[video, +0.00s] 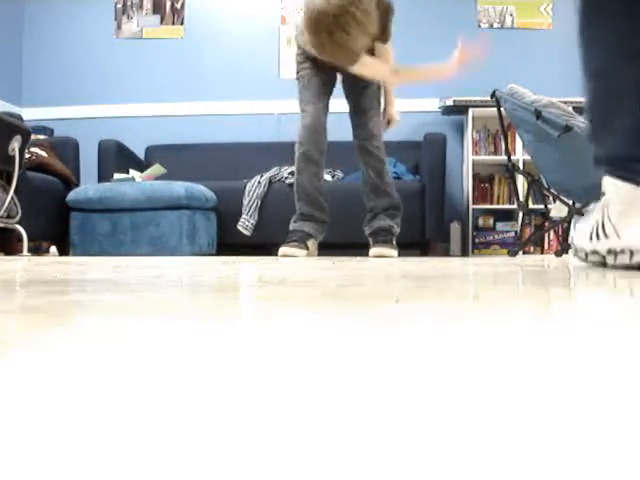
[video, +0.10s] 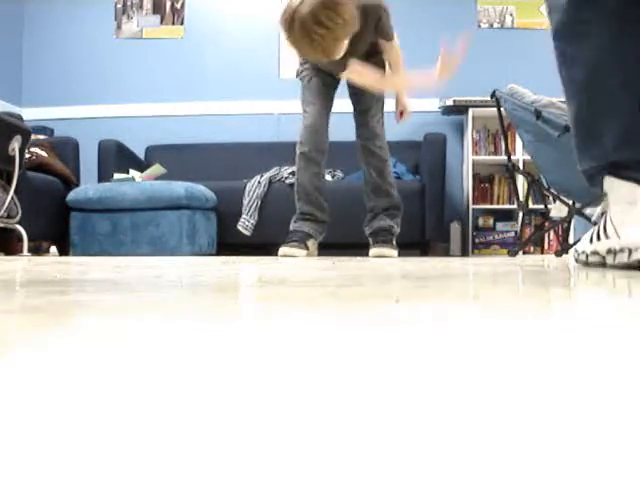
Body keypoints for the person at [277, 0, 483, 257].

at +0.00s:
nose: (344, 49)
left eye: (348, 46)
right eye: (333, 47)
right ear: (323, 42)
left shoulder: (381, 9)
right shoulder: (318, 37)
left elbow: (384, 51)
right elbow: (386, 74)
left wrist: (389, 103)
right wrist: (446, 70)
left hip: (362, 53)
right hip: (316, 51)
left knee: (370, 138)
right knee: (310, 131)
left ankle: (382, 233)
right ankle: (305, 232)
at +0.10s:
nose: (332, 55)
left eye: (334, 49)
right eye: (324, 54)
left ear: (345, 29)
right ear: (303, 46)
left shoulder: (372, 10)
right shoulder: (303, 39)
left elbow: (390, 47)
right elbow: (358, 73)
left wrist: (401, 94)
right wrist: (433, 77)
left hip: (369, 56)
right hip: (320, 62)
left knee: (372, 138)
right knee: (311, 134)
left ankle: (383, 232)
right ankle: (305, 230)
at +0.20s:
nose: (308, 73)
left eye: (313, 67)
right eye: (303, 70)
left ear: (328, 44)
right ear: (289, 49)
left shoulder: (361, 21)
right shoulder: (293, 40)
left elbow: (398, 41)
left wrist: (408, 88)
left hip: (367, 56)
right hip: (319, 67)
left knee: (374, 136)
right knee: (312, 141)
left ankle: (382, 231)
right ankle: (305, 230)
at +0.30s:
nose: (296, 75)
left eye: (302, 69)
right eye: (289, 71)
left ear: (321, 47)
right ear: (278, 53)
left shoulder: (364, 30)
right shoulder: (276, 51)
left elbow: (400, 23)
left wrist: (414, 54)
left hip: (373, 52)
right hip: (324, 61)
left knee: (377, 137)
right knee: (315, 138)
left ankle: (383, 231)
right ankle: (303, 231)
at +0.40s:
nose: (297, 59)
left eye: (299, 51)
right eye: (289, 58)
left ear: (316, 26)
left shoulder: (355, 19)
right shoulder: (287, 26)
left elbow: (399, 15)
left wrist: (416, 38)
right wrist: (302, 59)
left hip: (374, 51)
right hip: (327, 59)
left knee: (378, 140)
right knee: (316, 141)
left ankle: (383, 232)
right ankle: (303, 232)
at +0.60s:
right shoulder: (298, 5)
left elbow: (398, 4)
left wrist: (423, 36)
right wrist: (303, 51)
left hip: (369, 41)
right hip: (321, 41)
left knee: (374, 141)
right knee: (314, 141)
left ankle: (382, 233)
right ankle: (302, 233)